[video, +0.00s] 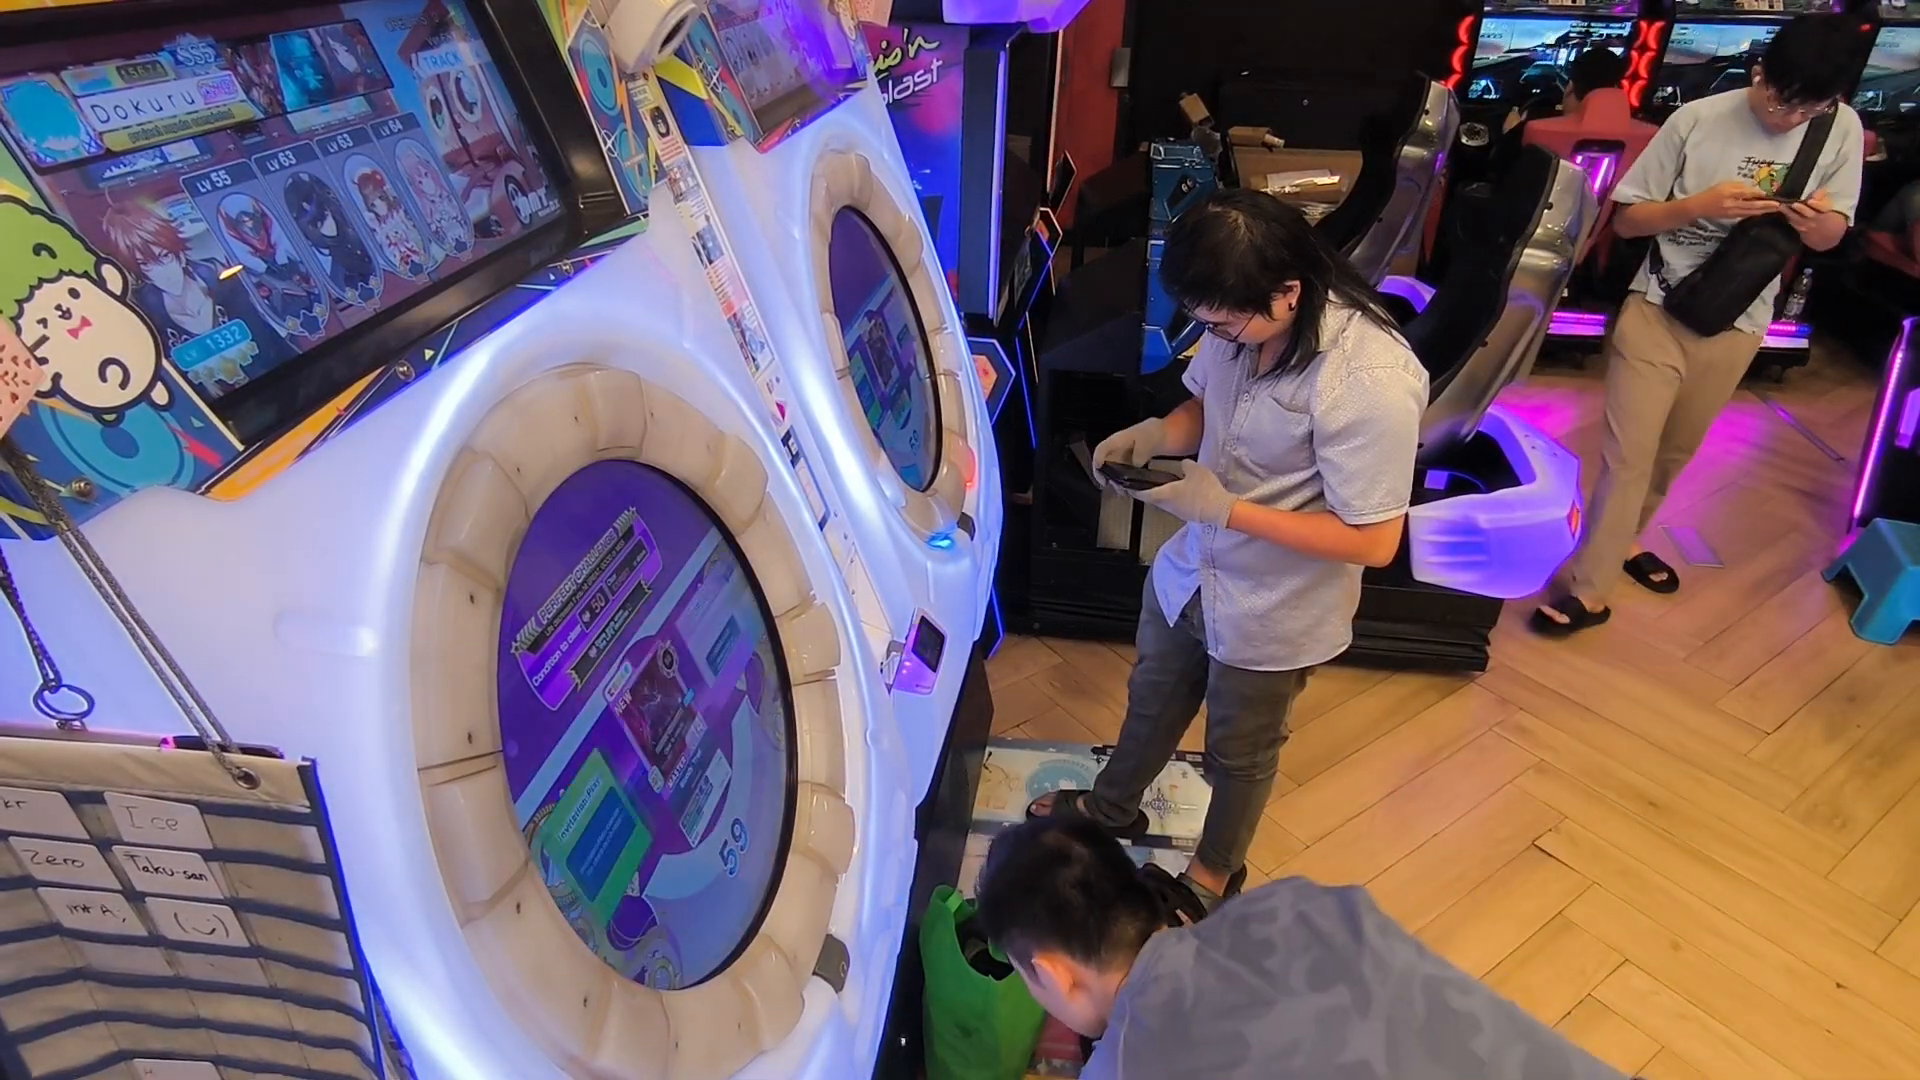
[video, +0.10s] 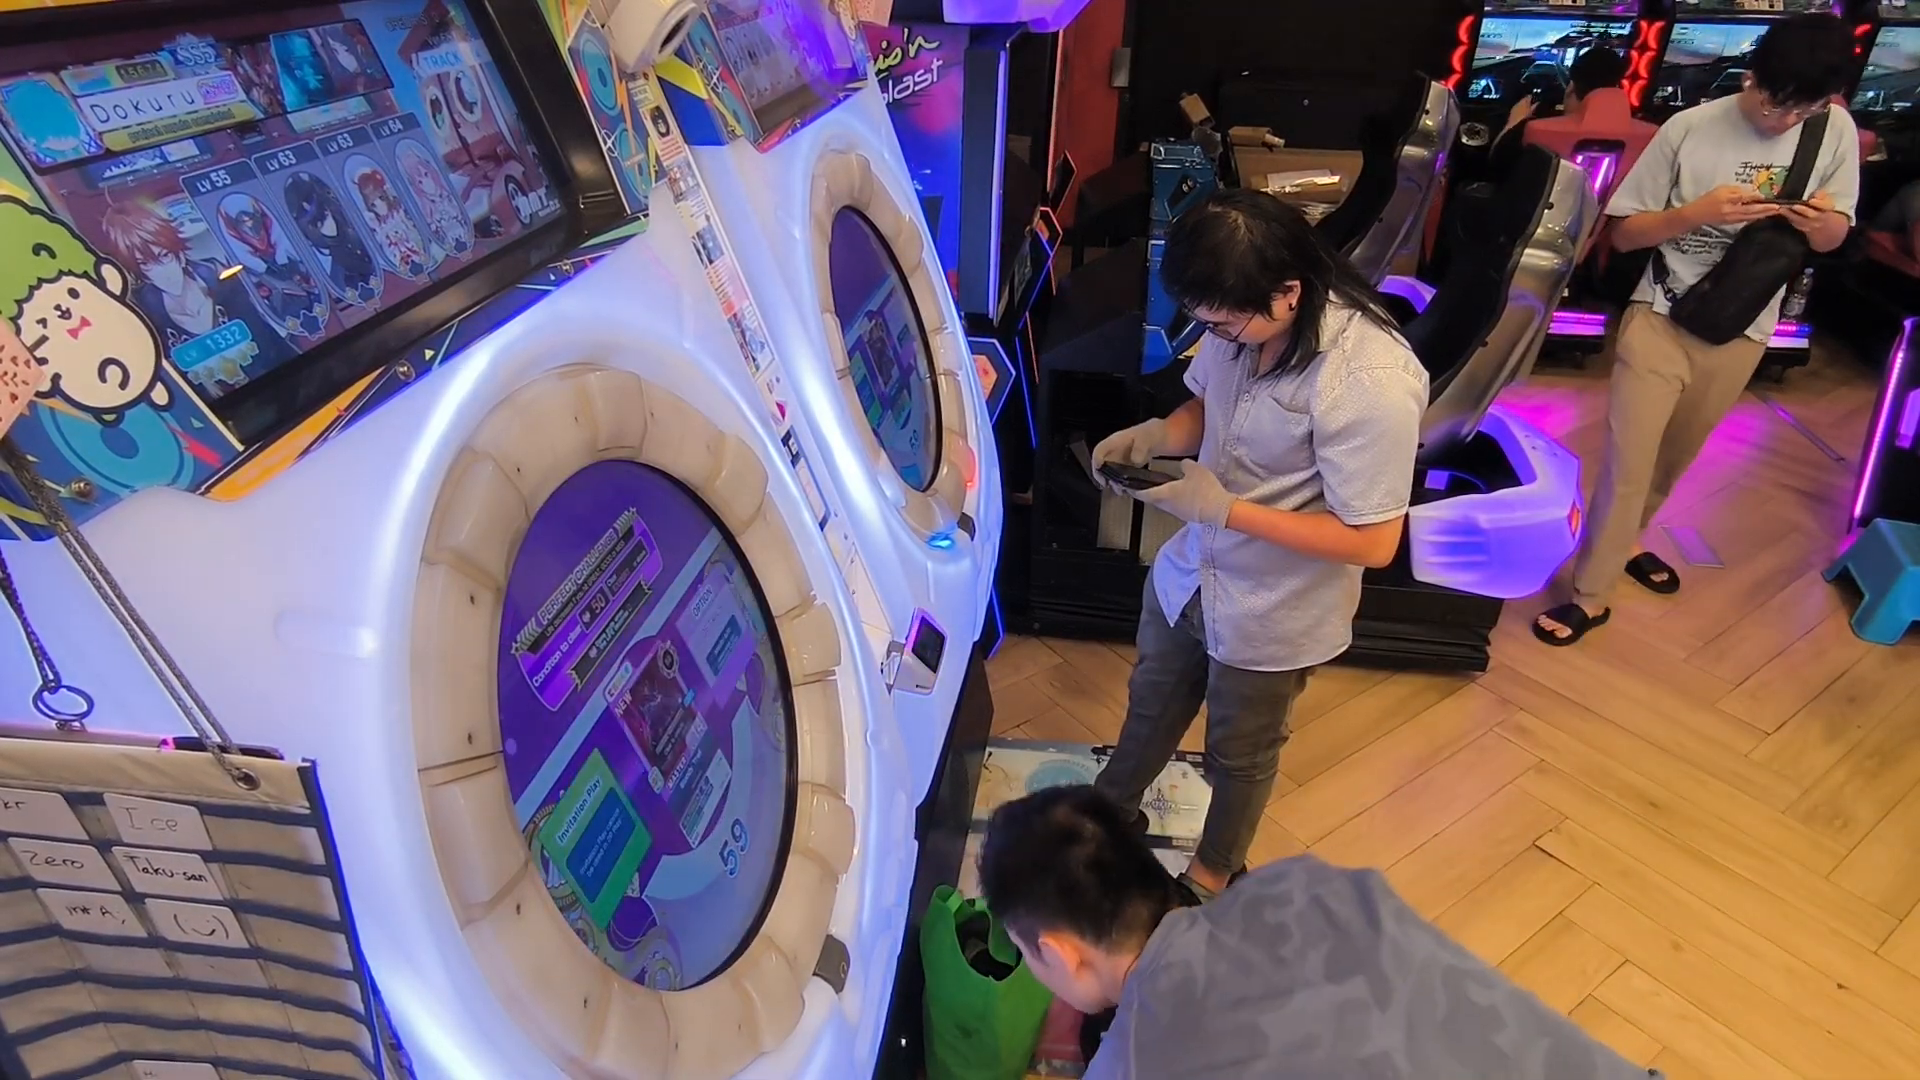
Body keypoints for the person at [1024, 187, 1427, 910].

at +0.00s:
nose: (1217, 332)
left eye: (1230, 319)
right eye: (1208, 318)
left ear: (1288, 294)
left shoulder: (1368, 384)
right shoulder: (1237, 320)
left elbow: (1374, 541)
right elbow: (1205, 408)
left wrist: (1228, 510)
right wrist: (1154, 437)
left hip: (1273, 605)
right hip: (1190, 561)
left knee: (1239, 752)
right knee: (1153, 696)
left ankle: (1214, 873)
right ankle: (1108, 810)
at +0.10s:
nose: (1215, 332)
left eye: (1227, 320)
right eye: (1207, 319)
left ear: (1287, 295)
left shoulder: (1368, 383)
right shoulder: (1236, 321)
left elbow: (1375, 543)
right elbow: (1206, 410)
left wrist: (1227, 510)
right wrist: (1153, 439)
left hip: (1274, 605)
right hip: (1191, 564)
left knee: (1240, 752)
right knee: (1151, 705)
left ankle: (1213, 872)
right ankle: (1105, 813)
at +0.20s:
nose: (1213, 333)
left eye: (1225, 321)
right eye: (1206, 320)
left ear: (1287, 295)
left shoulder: (1369, 384)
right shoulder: (1239, 317)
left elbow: (1375, 542)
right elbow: (1207, 410)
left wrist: (1227, 509)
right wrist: (1154, 440)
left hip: (1274, 606)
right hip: (1193, 565)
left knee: (1238, 760)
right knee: (1150, 709)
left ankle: (1216, 874)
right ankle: (1108, 814)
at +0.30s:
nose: (1212, 330)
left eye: (1226, 318)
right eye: (1206, 316)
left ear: (1288, 295)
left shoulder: (1368, 381)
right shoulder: (1238, 314)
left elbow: (1373, 543)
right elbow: (1206, 407)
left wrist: (1225, 510)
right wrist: (1161, 439)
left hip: (1272, 606)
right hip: (1187, 565)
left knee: (1236, 767)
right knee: (1143, 720)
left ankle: (1232, 883)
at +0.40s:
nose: (1214, 335)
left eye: (1226, 322)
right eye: (1204, 321)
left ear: (1287, 295)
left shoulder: (1367, 380)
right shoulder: (1240, 316)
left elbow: (1374, 543)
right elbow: (1204, 410)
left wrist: (1227, 510)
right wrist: (1158, 439)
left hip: (1274, 621)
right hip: (1194, 568)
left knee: (1229, 767)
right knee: (1147, 686)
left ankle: (1199, 878)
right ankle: (1117, 802)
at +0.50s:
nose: (1218, 334)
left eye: (1231, 320)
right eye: (1210, 319)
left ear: (1289, 296)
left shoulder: (1370, 384)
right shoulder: (1241, 317)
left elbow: (1375, 544)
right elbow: (1206, 408)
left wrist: (1251, 500)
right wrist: (1147, 440)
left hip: (1304, 579)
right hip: (1215, 538)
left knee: (1252, 728)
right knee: (1165, 669)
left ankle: (1220, 868)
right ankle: (1117, 801)